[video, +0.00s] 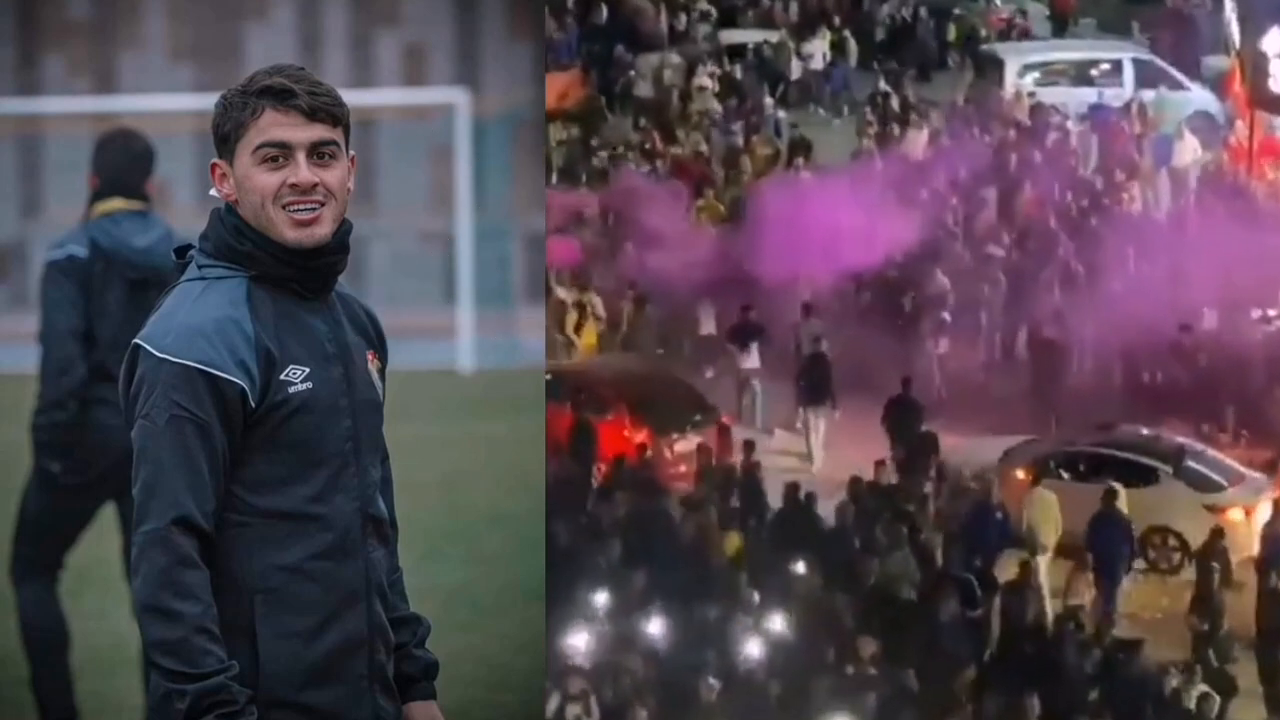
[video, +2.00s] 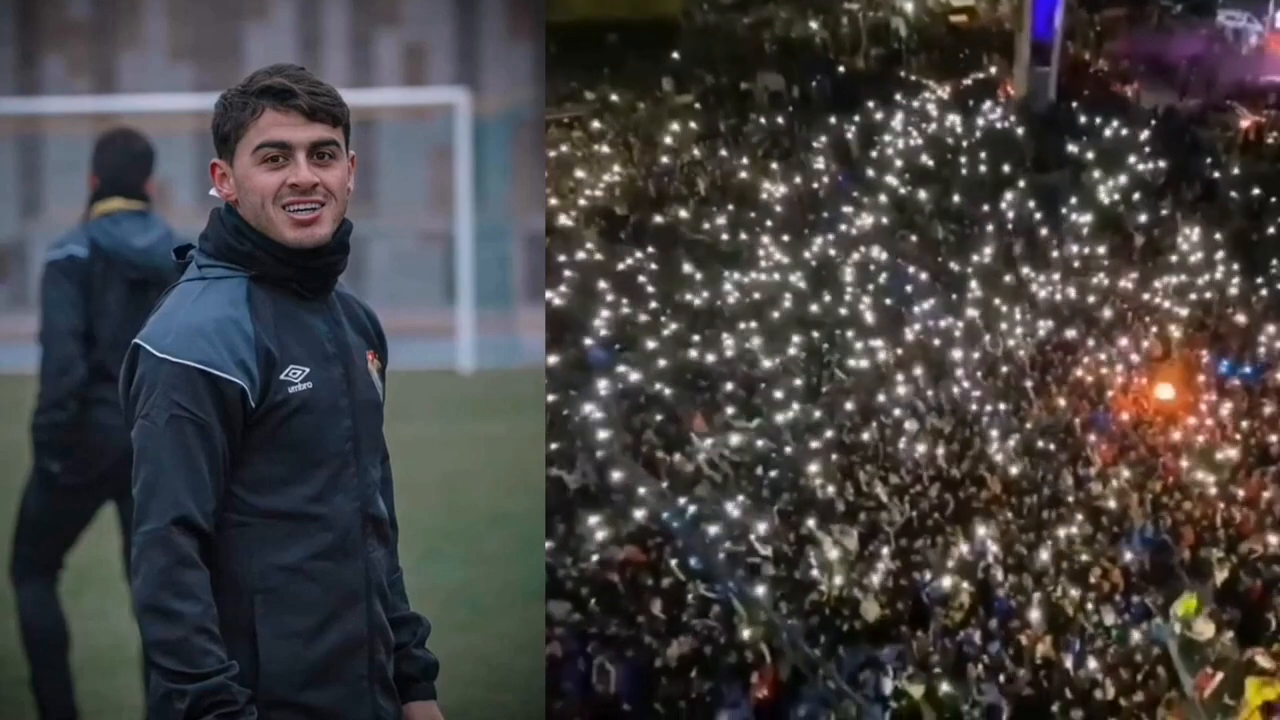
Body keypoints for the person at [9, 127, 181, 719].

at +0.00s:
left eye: (93, 174)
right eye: (150, 179)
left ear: (94, 180)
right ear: (152, 186)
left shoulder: (73, 253)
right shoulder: (178, 254)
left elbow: (64, 362)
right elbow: (190, 352)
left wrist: (50, 442)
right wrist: (175, 429)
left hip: (88, 448)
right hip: (158, 447)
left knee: (33, 569)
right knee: (157, 581)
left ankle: (57, 709)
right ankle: (167, 706)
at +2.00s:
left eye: (93, 173)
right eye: (150, 178)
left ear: (94, 180)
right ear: (152, 185)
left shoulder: (73, 254)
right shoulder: (178, 255)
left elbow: (65, 363)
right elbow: (191, 352)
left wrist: (51, 442)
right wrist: (175, 429)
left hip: (87, 449)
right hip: (158, 448)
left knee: (33, 570)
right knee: (157, 580)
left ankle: (57, 707)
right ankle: (167, 704)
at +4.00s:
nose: (95, 182)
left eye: (92, 173)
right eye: (150, 178)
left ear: (94, 180)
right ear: (152, 185)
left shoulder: (73, 254)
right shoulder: (178, 255)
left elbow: (65, 363)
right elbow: (191, 352)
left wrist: (51, 442)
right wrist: (175, 429)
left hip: (87, 449)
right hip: (158, 448)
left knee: (34, 570)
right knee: (157, 580)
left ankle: (57, 707)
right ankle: (167, 704)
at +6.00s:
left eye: (92, 173)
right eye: (150, 178)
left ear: (94, 180)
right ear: (152, 185)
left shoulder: (73, 254)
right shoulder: (178, 255)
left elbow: (65, 363)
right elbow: (191, 352)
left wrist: (51, 442)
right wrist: (175, 429)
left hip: (87, 449)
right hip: (158, 448)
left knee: (34, 570)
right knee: (157, 580)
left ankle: (57, 707)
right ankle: (167, 704)